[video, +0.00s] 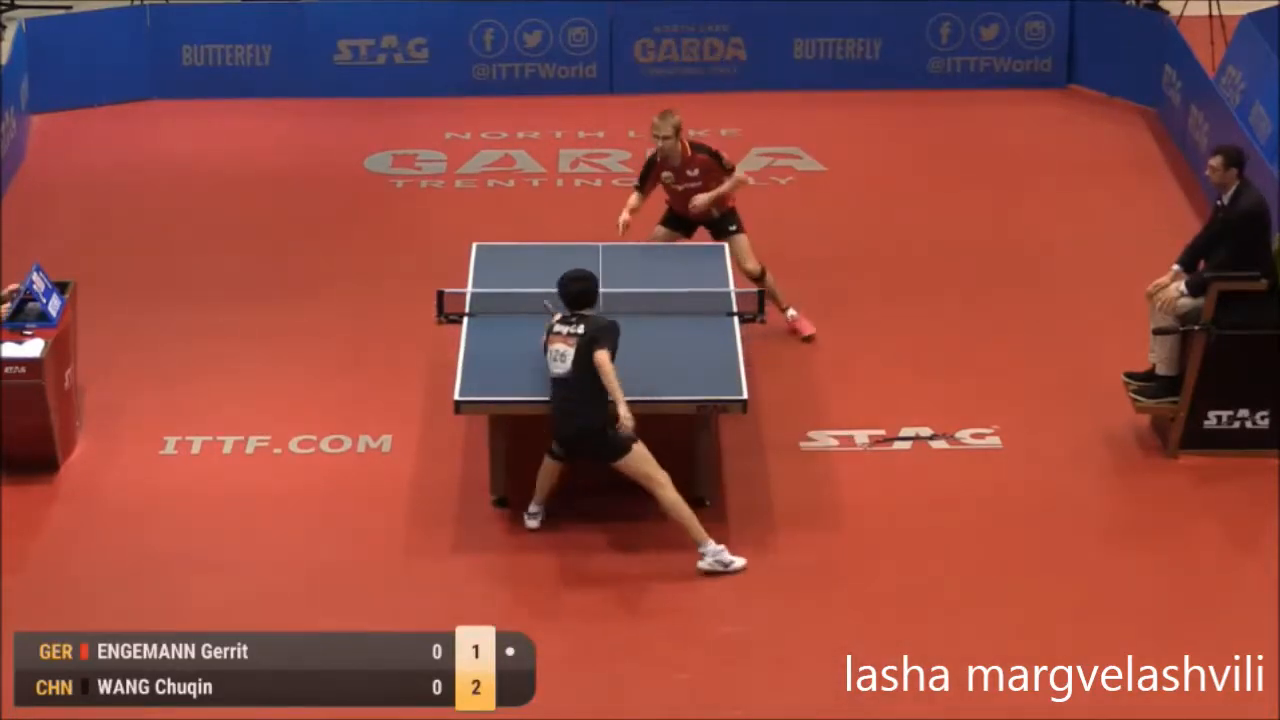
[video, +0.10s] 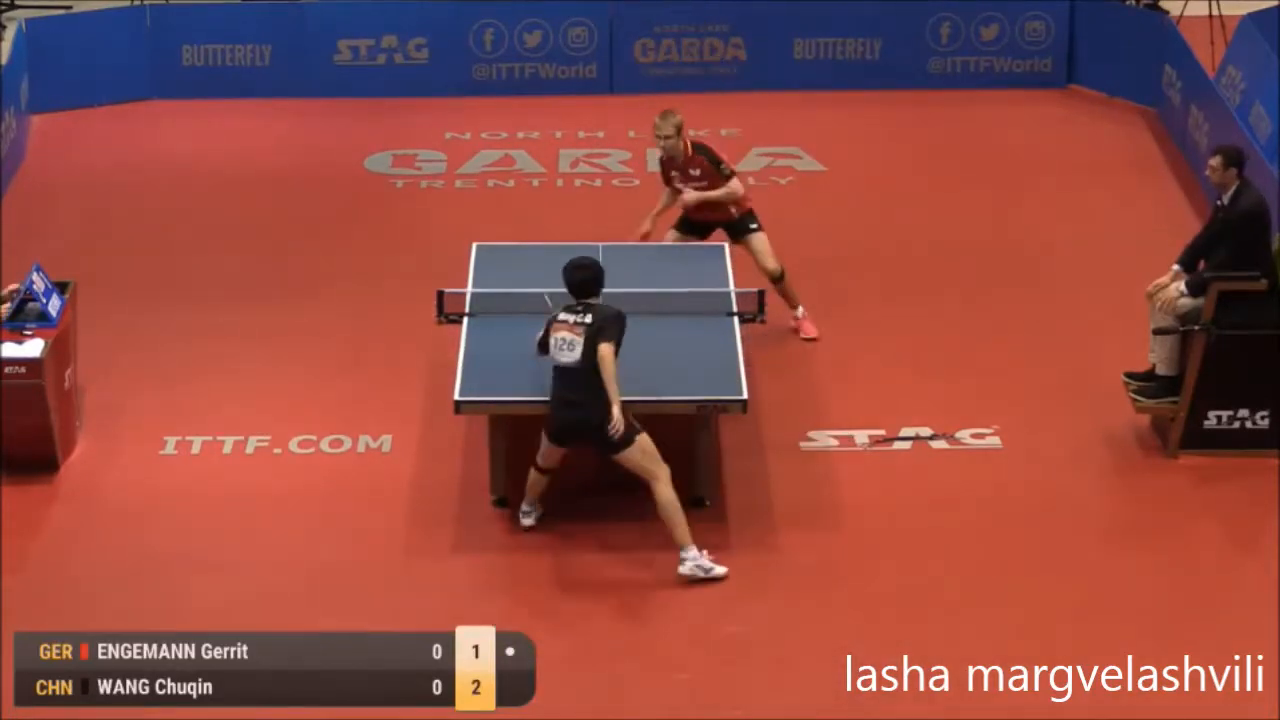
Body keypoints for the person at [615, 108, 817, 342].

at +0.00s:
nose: (660, 145)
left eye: (665, 139)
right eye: (656, 139)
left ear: (679, 136)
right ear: (653, 137)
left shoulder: (704, 155)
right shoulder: (656, 162)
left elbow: (738, 178)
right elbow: (641, 191)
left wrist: (711, 196)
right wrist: (627, 211)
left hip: (718, 212)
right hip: (681, 213)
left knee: (750, 268)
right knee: (651, 254)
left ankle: (789, 312)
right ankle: (651, 317)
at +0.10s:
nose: (663, 144)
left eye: (668, 138)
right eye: (659, 138)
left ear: (682, 136)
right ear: (655, 138)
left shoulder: (703, 153)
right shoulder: (665, 162)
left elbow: (737, 190)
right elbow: (673, 192)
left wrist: (698, 196)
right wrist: (651, 218)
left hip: (734, 212)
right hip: (698, 215)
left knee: (771, 268)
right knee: (665, 257)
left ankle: (799, 313)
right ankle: (670, 319)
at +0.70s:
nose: (787, 126)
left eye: (791, 121)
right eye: (787, 121)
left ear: (807, 120)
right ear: (800, 119)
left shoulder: (839, 149)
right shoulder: (789, 142)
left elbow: (870, 183)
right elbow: (759, 125)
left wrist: (848, 170)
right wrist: (785, 98)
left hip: (818, 235)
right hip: (783, 228)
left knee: (850, 291)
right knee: (727, 261)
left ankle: (901, 338)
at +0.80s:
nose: (792, 108)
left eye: (797, 103)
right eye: (791, 103)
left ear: (815, 101)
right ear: (791, 102)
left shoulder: (840, 132)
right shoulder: (788, 124)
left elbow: (857, 161)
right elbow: (749, 131)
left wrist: (854, 172)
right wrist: (759, 99)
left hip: (820, 212)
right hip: (782, 208)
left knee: (853, 268)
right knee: (731, 253)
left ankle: (886, 328)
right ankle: (709, 314)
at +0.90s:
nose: (790, 108)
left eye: (795, 103)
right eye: (788, 102)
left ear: (813, 101)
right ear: (788, 101)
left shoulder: (837, 130)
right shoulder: (784, 128)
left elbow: (849, 155)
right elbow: (744, 150)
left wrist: (851, 180)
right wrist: (742, 122)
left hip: (821, 209)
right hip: (784, 208)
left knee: (853, 264)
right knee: (738, 265)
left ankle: (870, 323)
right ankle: (714, 318)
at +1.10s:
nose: (765, 91)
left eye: (771, 86)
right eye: (764, 85)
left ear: (787, 87)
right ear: (763, 86)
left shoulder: (812, 113)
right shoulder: (761, 115)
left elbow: (836, 139)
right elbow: (745, 149)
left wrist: (813, 159)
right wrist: (729, 153)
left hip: (809, 187)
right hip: (772, 186)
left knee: (836, 246)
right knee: (734, 237)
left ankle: (862, 310)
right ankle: (727, 296)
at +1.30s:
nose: (751, 68)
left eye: (757, 63)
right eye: (750, 63)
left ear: (772, 64)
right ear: (751, 65)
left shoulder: (797, 94)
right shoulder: (758, 96)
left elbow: (819, 132)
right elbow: (762, 134)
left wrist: (782, 145)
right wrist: (741, 160)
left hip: (803, 173)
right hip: (772, 170)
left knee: (808, 239)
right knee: (736, 220)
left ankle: (837, 296)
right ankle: (740, 273)